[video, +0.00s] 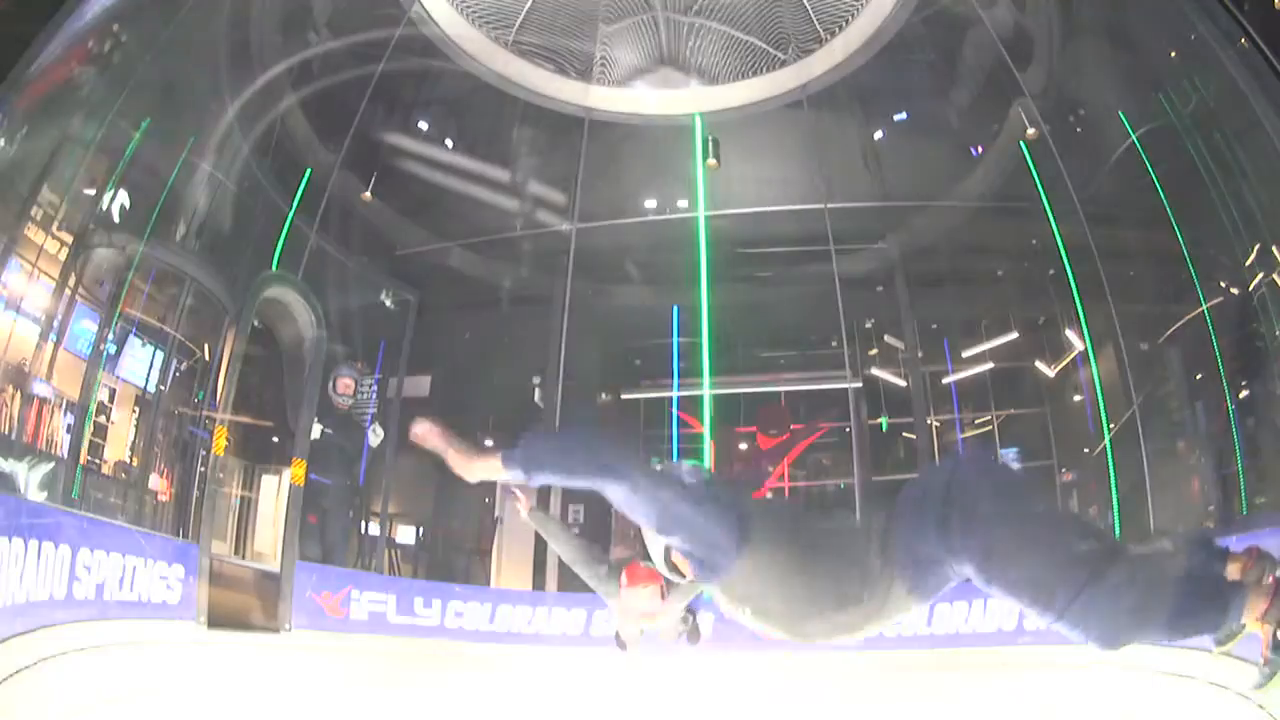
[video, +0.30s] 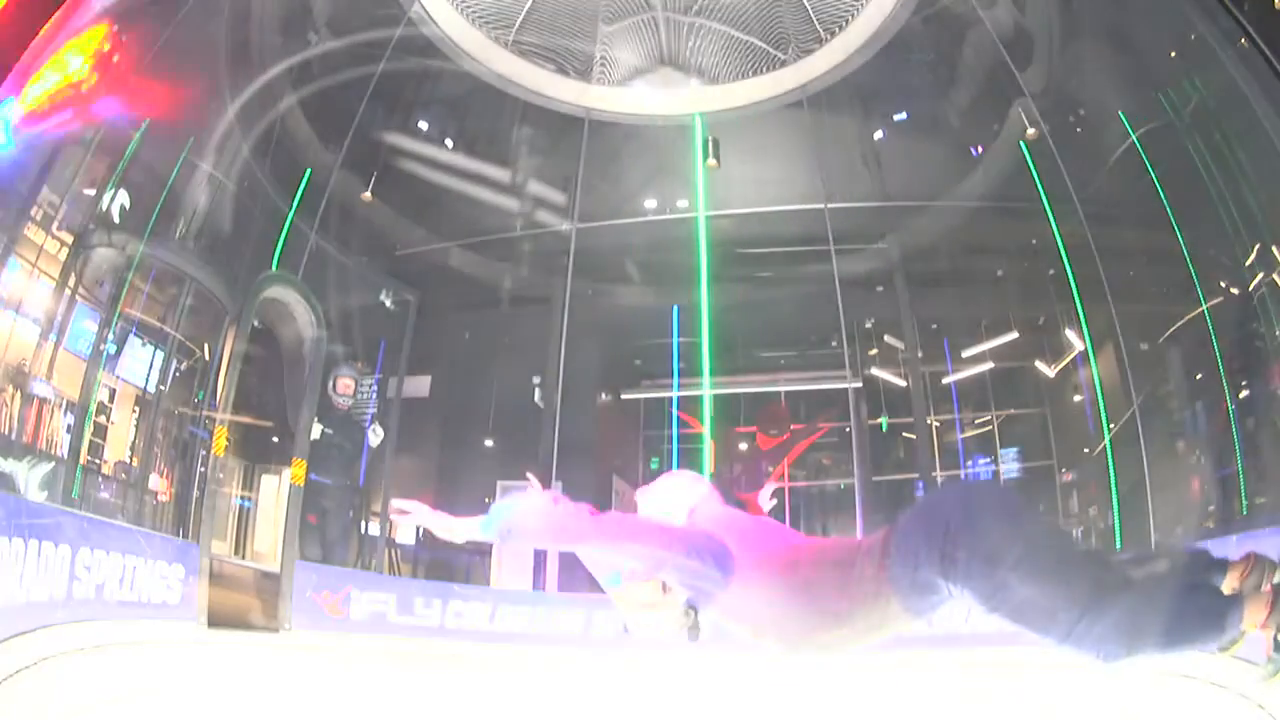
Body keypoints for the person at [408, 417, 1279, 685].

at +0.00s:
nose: (645, 590)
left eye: (634, 585)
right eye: (636, 597)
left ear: (650, 564)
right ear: (655, 595)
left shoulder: (717, 542)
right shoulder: (737, 597)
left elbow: (616, 465)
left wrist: (488, 459)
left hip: (955, 504)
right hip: (950, 539)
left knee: (1101, 604)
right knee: (1108, 585)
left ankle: (1248, 596)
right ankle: (1243, 580)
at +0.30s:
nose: (582, 534)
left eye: (586, 532)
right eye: (584, 535)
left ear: (618, 532)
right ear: (627, 528)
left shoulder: (694, 544)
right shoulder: (698, 542)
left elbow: (564, 525)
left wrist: (445, 524)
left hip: (947, 534)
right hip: (946, 541)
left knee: (1108, 628)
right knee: (1113, 602)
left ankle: (1251, 598)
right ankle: (1246, 572)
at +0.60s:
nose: (625, 560)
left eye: (628, 546)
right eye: (622, 543)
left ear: (658, 531)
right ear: (684, 514)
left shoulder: (716, 551)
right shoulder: (722, 543)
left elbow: (589, 543)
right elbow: (597, 537)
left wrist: (465, 530)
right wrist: (512, 518)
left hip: (944, 545)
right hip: (950, 539)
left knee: (1111, 647)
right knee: (1110, 611)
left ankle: (1245, 620)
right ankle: (1219, 581)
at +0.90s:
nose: (658, 555)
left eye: (662, 536)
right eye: (658, 536)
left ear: (692, 514)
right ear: (707, 506)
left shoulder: (733, 530)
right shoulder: (737, 540)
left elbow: (632, 543)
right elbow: (649, 557)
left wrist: (542, 539)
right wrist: (560, 545)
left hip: (974, 552)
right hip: (970, 546)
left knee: (1114, 671)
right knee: (1110, 617)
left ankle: (1243, 625)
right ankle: (1223, 587)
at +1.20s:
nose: (687, 516)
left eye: (688, 501)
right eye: (686, 501)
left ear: (718, 488)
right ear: (735, 477)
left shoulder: (763, 518)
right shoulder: (783, 516)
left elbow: (646, 522)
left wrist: (561, 513)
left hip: (997, 543)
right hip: (992, 533)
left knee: (1120, 669)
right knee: (1115, 614)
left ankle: (1248, 622)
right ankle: (1226, 600)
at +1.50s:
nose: (684, 511)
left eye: (691, 499)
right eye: (691, 498)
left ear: (714, 497)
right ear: (746, 480)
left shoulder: (751, 529)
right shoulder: (772, 513)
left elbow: (655, 531)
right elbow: (679, 541)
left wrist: (552, 566)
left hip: (1005, 541)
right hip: (993, 527)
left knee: (1116, 641)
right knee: (1106, 600)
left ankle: (1234, 615)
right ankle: (1219, 605)